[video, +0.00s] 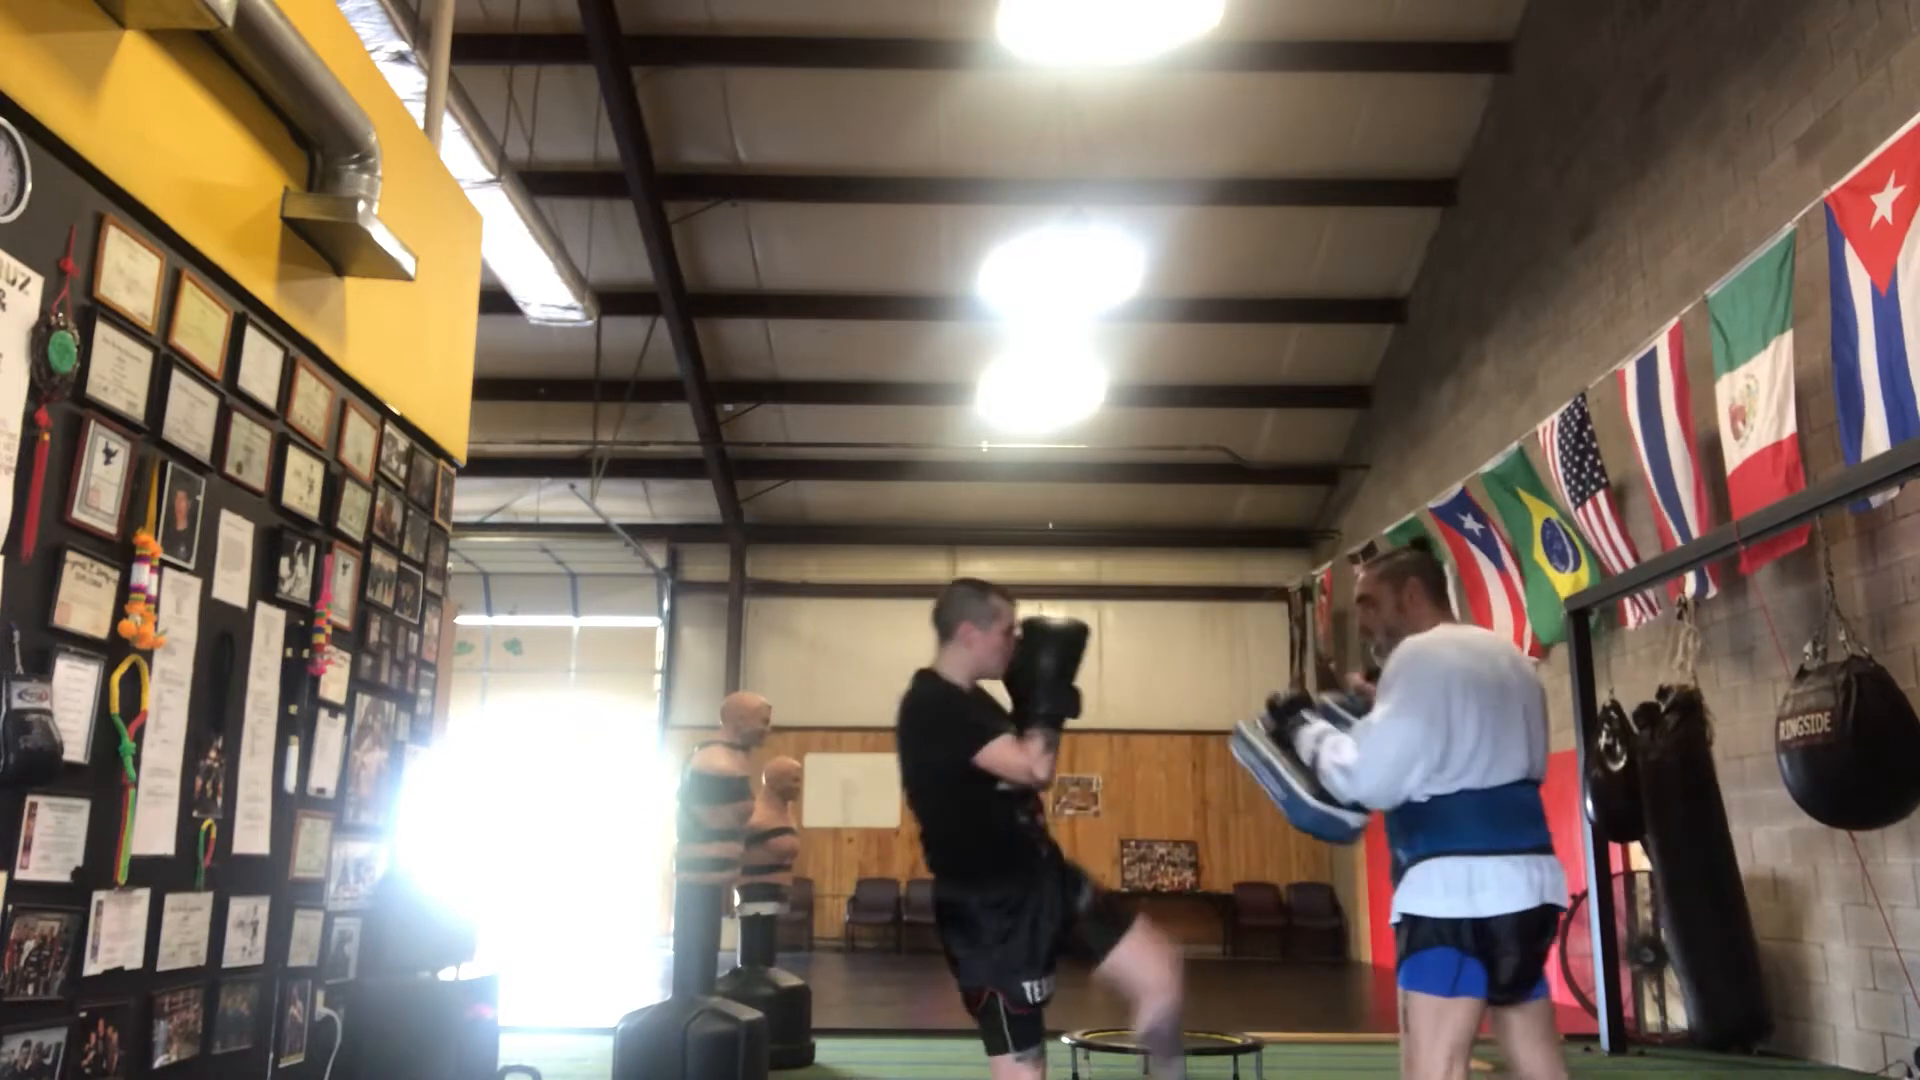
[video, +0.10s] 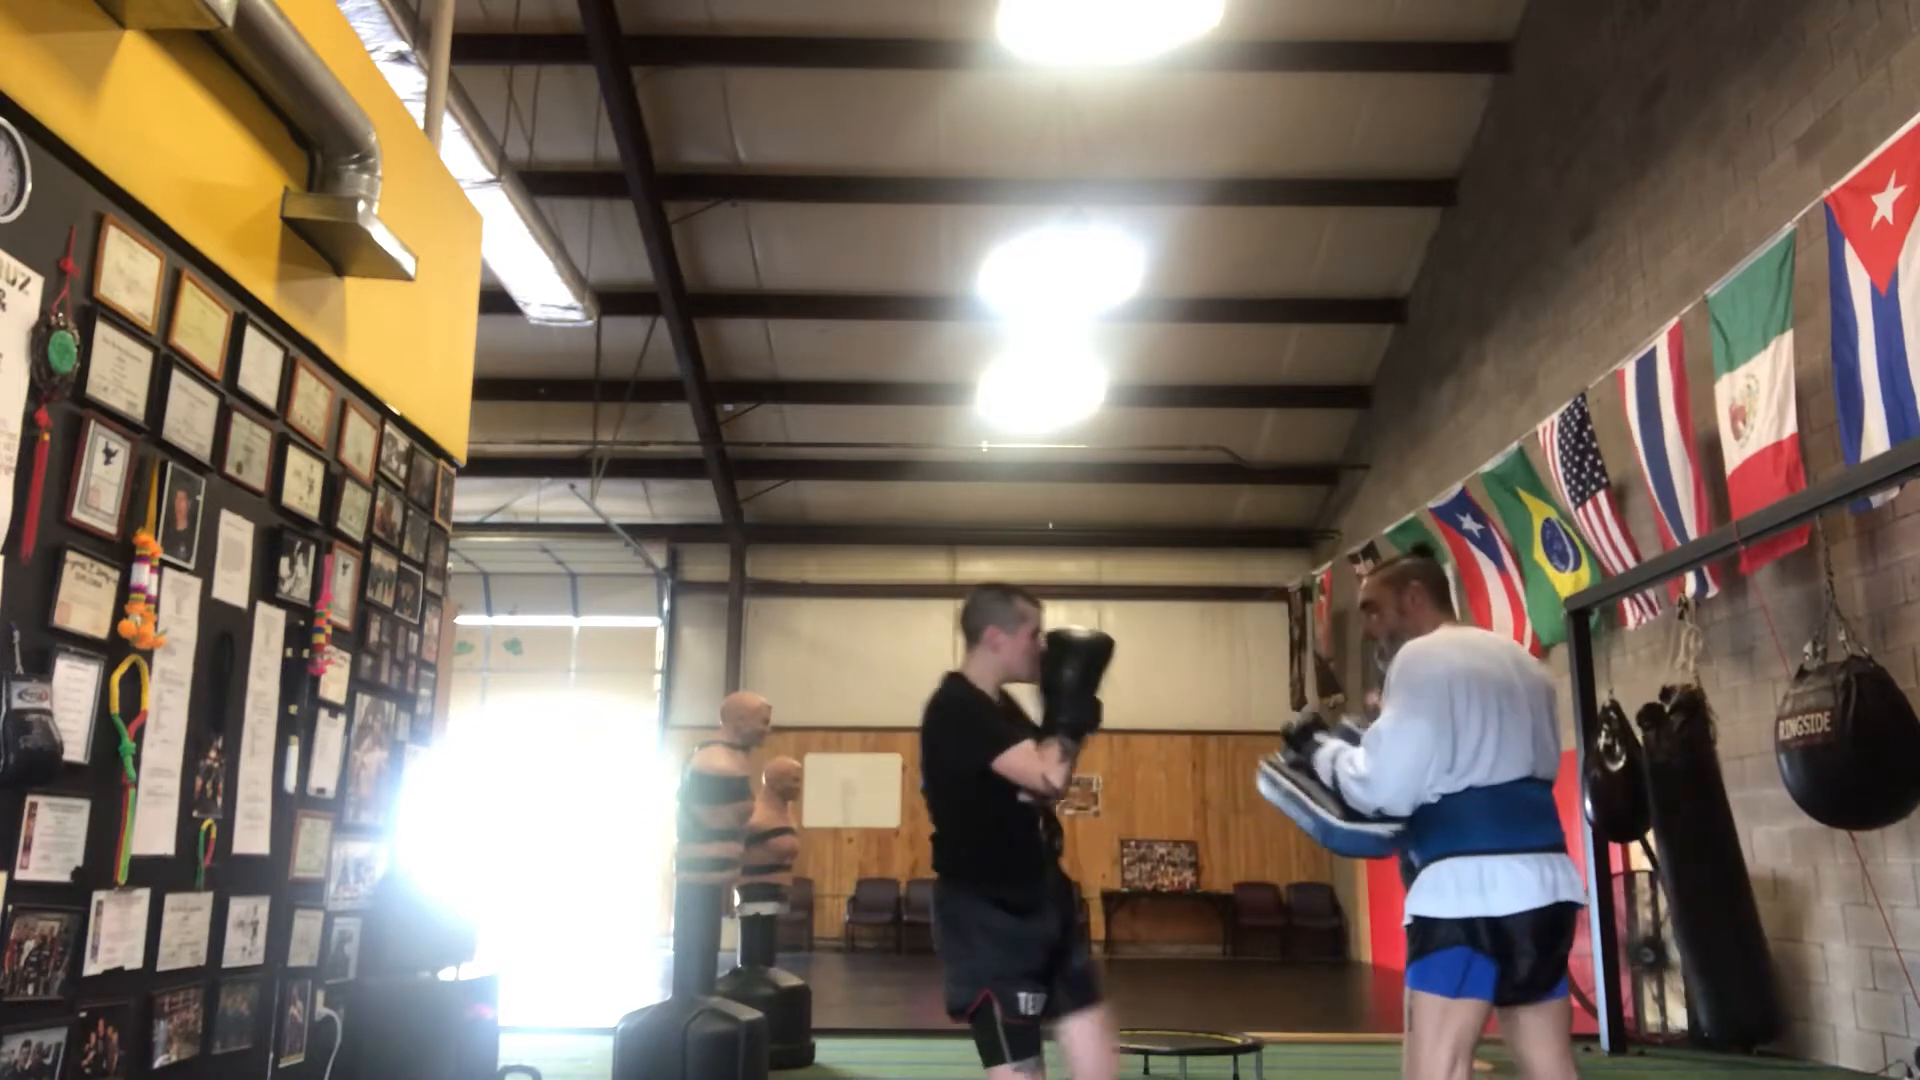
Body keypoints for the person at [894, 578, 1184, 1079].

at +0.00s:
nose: (1014, 642)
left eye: (1013, 632)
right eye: (1006, 631)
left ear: (969, 633)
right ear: (969, 633)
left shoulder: (973, 699)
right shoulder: (932, 706)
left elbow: (1027, 765)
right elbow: (1034, 767)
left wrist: (1028, 691)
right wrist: (1049, 683)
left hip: (1043, 883)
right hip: (987, 907)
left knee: (1158, 970)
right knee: (1020, 1070)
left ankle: (1165, 1071)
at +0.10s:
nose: (1040, 644)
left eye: (1039, 633)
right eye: (1031, 633)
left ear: (997, 639)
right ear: (995, 638)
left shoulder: (1002, 706)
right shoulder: (955, 709)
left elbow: (1047, 778)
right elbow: (1049, 775)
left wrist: (1069, 698)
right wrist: (1070, 695)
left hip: (1042, 909)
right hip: (986, 920)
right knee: (1016, 1070)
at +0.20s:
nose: (1063, 651)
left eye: (1063, 640)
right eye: (1056, 639)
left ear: (1024, 640)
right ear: (1020, 638)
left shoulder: (1038, 705)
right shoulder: (968, 700)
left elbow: (1085, 783)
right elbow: (1046, 778)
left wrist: (1122, 723)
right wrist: (1076, 698)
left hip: (1042, 904)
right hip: (979, 909)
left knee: (1072, 1066)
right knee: (1008, 1068)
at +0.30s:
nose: (1069, 657)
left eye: (1071, 647)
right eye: (1062, 645)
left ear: (1032, 646)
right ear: (1026, 644)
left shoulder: (1051, 711)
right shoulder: (963, 696)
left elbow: (1114, 783)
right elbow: (1028, 773)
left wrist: (1172, 736)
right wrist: (1065, 700)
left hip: (1040, 910)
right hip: (970, 911)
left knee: (1082, 1070)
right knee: (1000, 1070)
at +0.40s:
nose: (1060, 677)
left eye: (1061, 666)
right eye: (1052, 664)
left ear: (1018, 660)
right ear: (1014, 659)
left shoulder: (1051, 726)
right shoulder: (945, 721)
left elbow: (1132, 788)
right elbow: (1007, 800)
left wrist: (1208, 768)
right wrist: (1052, 721)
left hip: (1032, 929)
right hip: (963, 933)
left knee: (1101, 1071)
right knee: (981, 1071)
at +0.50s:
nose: (1037, 698)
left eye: (1038, 686)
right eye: (1030, 685)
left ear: (997, 685)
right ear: (992, 683)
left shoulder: (1025, 753)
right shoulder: (923, 750)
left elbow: (1093, 827)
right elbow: (992, 834)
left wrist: (1169, 812)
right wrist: (1038, 752)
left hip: (1024, 959)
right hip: (952, 968)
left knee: (1097, 1072)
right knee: (953, 1072)